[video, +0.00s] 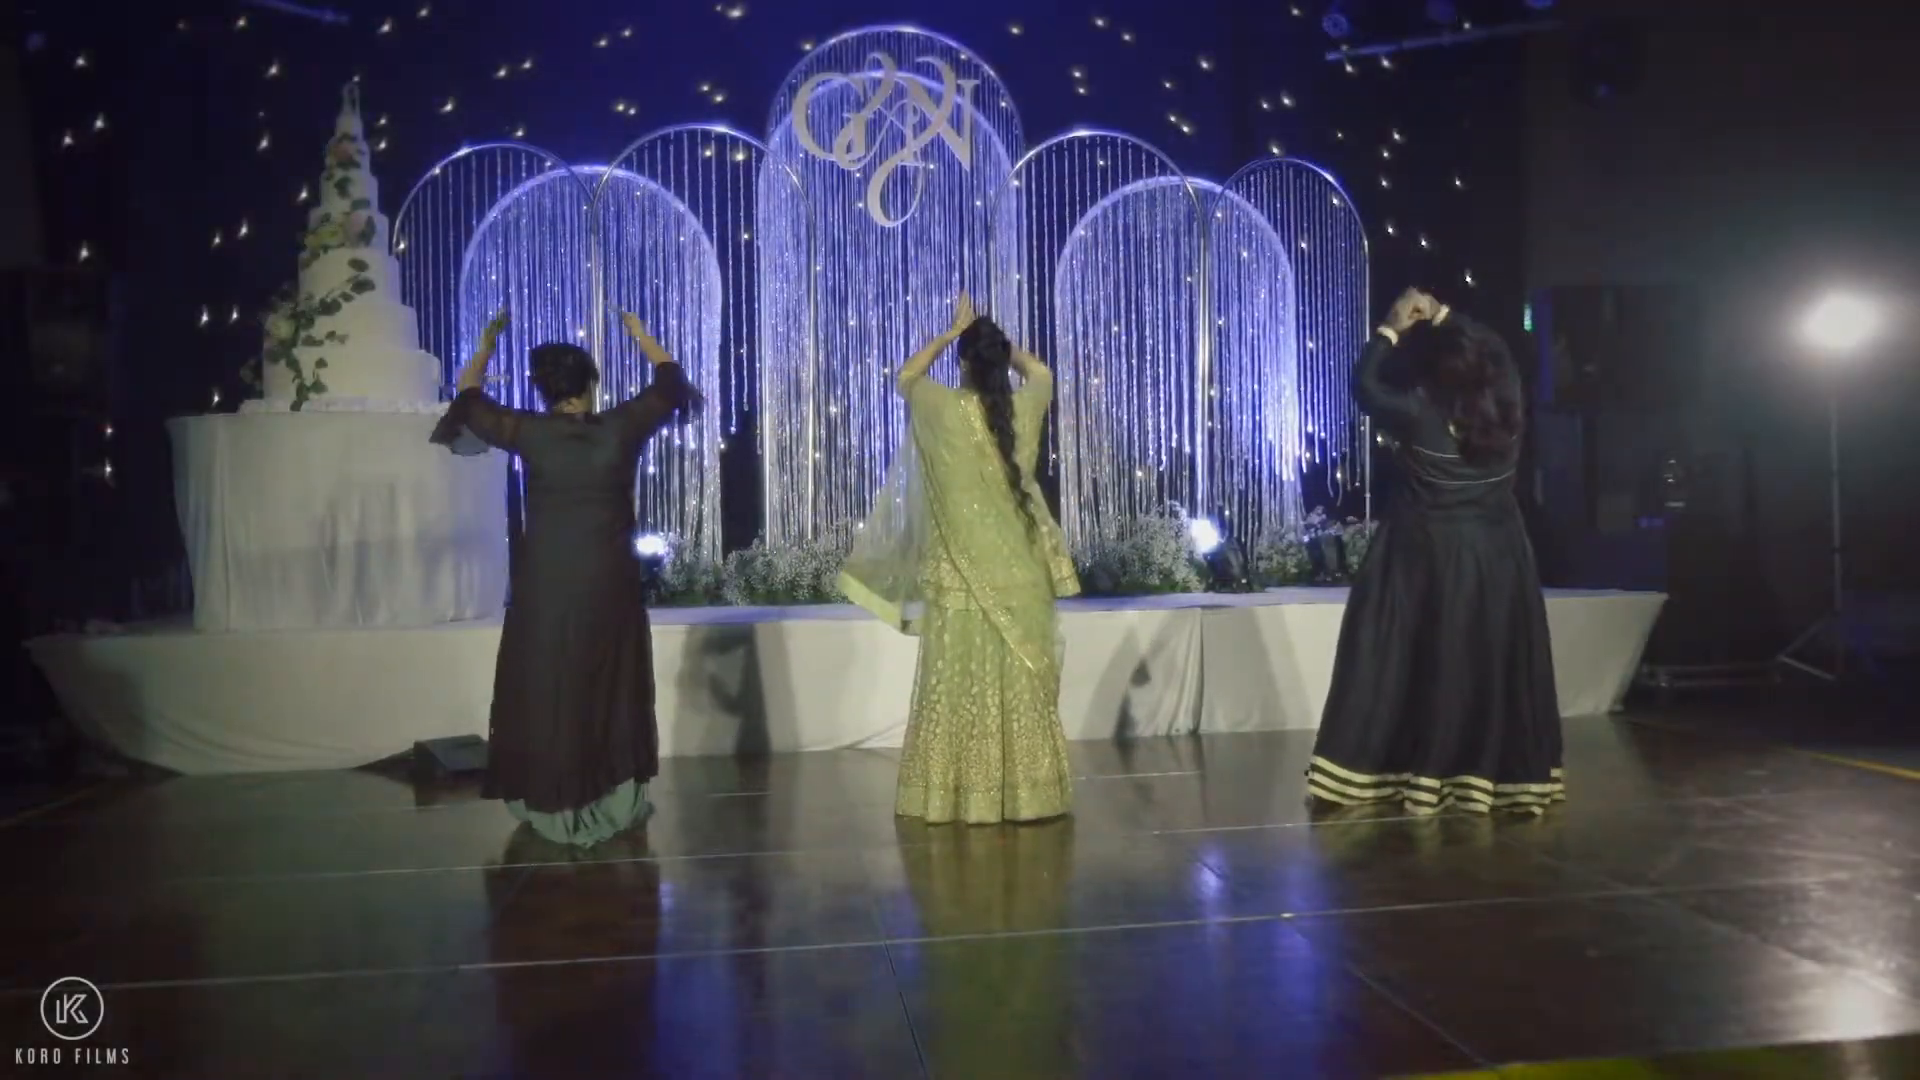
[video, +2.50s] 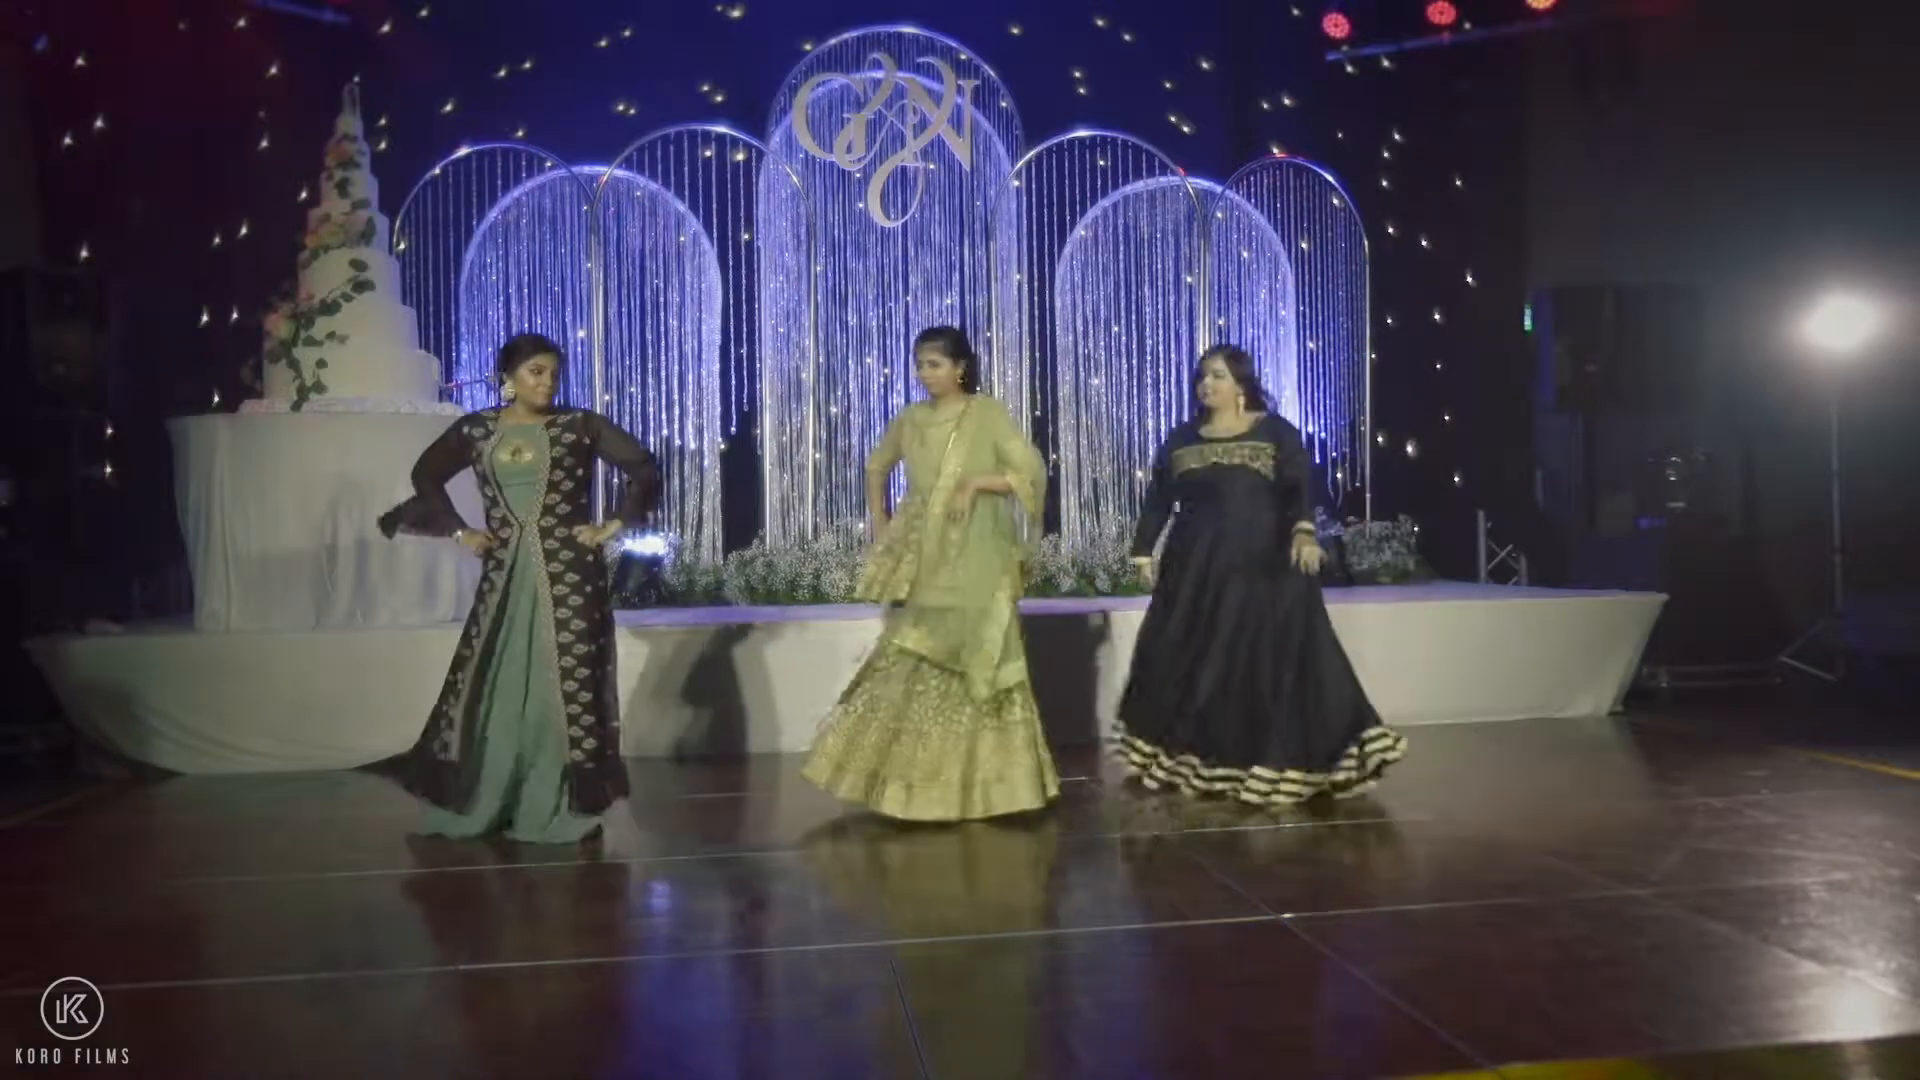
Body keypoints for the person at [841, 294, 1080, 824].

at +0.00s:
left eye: (968, 355)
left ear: (963, 363)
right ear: (1004, 363)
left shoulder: (941, 409)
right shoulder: (1025, 407)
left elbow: (907, 376)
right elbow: (1041, 374)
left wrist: (951, 334)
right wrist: (1003, 343)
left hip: (963, 563)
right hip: (1022, 562)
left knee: (959, 685)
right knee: (1024, 682)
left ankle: (961, 795)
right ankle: (1027, 795)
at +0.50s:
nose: (959, 366)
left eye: (960, 358)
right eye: (968, 358)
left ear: (962, 363)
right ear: (1005, 362)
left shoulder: (942, 407)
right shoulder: (1029, 408)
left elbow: (875, 430)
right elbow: (1089, 407)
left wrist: (879, 386)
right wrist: (1075, 362)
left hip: (958, 568)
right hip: (1018, 567)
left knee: (958, 685)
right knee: (1022, 681)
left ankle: (962, 795)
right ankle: (1025, 795)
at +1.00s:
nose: (954, 368)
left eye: (954, 361)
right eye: (959, 360)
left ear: (960, 363)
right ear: (998, 360)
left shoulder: (946, 409)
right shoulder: (1028, 412)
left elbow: (895, 456)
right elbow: (1088, 448)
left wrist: (837, 431)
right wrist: (1128, 442)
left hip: (966, 576)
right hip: (1027, 574)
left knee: (966, 691)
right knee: (1030, 686)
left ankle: (969, 797)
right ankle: (1032, 795)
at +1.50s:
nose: (947, 374)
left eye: (947, 368)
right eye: (950, 367)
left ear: (956, 368)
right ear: (993, 365)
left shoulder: (947, 413)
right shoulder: (1031, 414)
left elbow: (889, 461)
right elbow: (1090, 454)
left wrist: (822, 456)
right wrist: (1137, 463)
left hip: (968, 576)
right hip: (1027, 575)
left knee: (968, 688)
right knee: (1029, 685)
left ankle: (967, 795)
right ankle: (1030, 794)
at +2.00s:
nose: (928, 373)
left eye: (933, 365)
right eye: (929, 365)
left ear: (954, 367)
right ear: (964, 367)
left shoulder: (955, 409)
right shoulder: (976, 409)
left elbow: (950, 465)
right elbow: (962, 469)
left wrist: (903, 463)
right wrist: (914, 463)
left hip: (967, 567)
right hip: (990, 564)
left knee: (969, 676)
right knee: (993, 676)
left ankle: (972, 792)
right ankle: (1001, 791)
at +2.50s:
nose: (924, 373)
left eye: (933, 364)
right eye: (919, 365)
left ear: (961, 368)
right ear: (917, 370)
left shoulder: (988, 414)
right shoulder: (910, 419)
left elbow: (1030, 474)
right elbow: (875, 467)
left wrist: (976, 484)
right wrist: (879, 526)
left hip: (980, 562)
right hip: (924, 561)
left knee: (979, 670)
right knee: (918, 671)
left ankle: (982, 788)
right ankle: (915, 790)